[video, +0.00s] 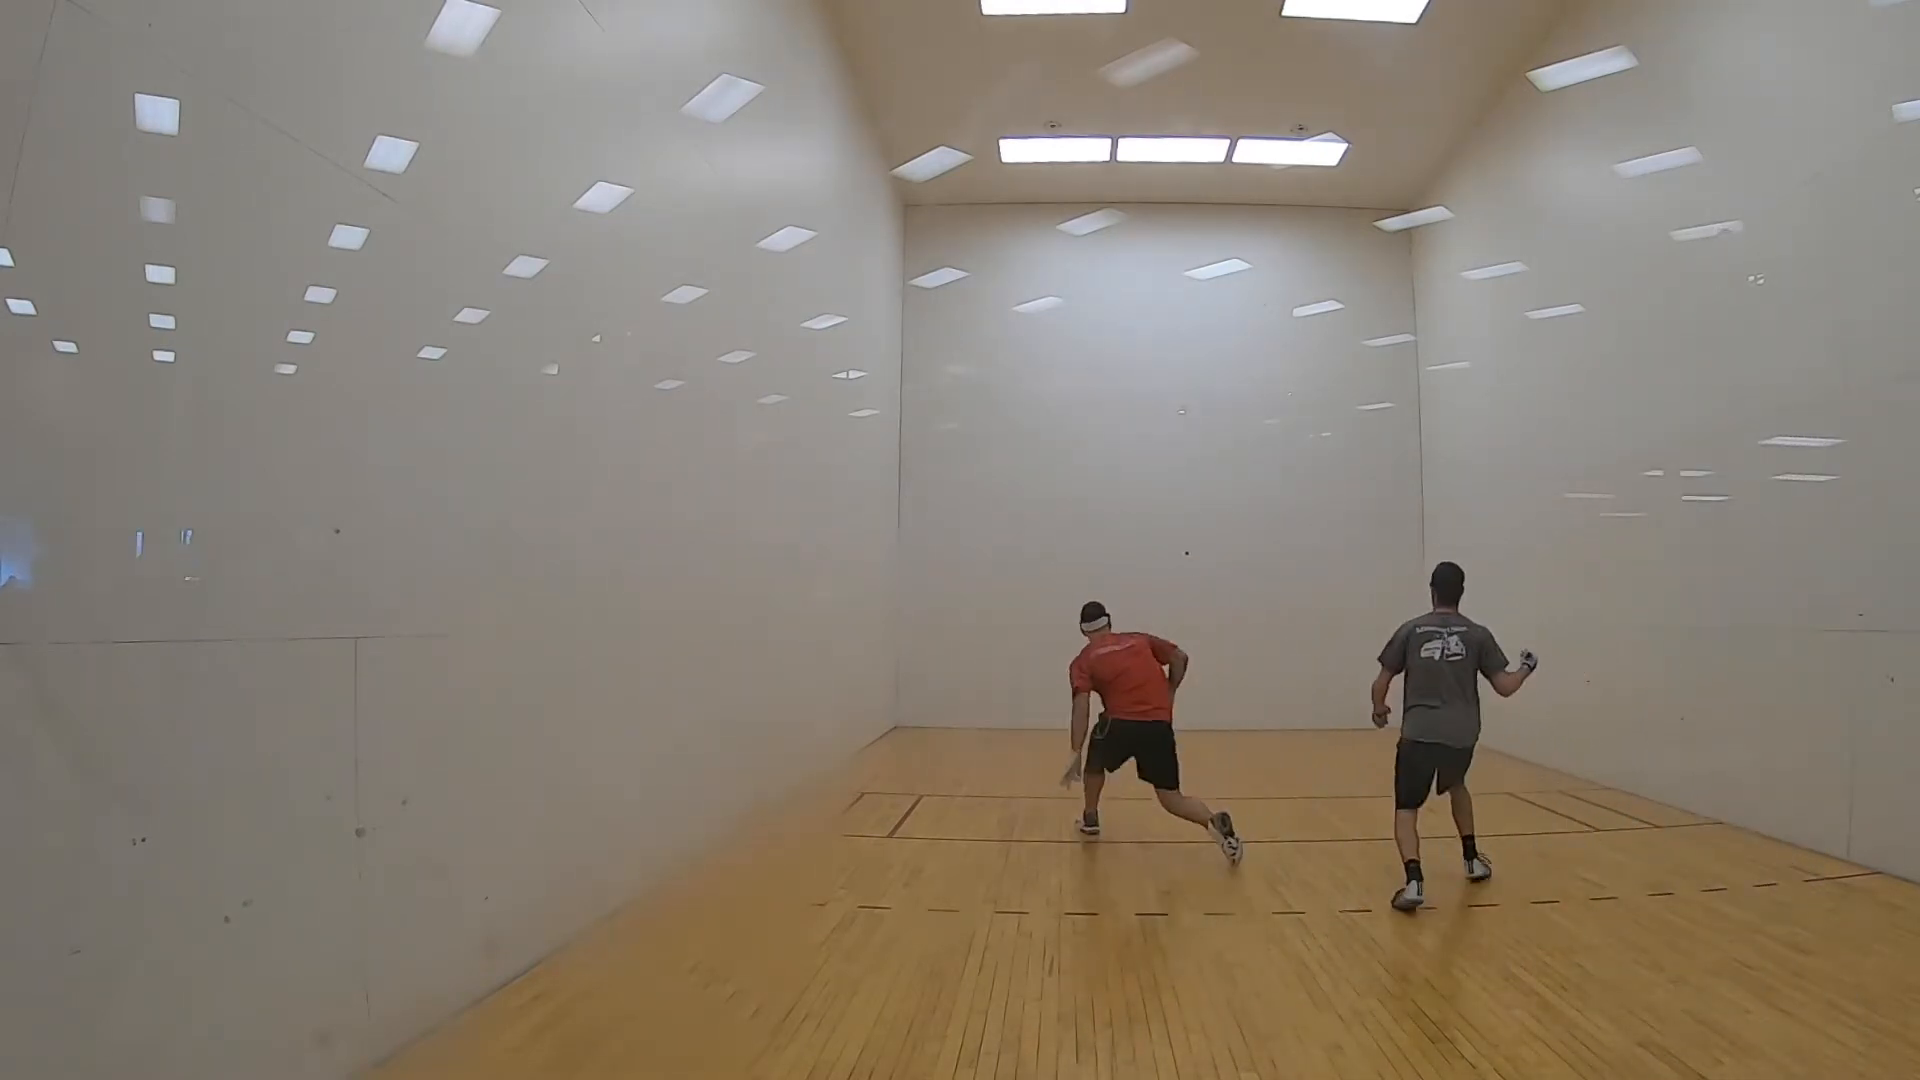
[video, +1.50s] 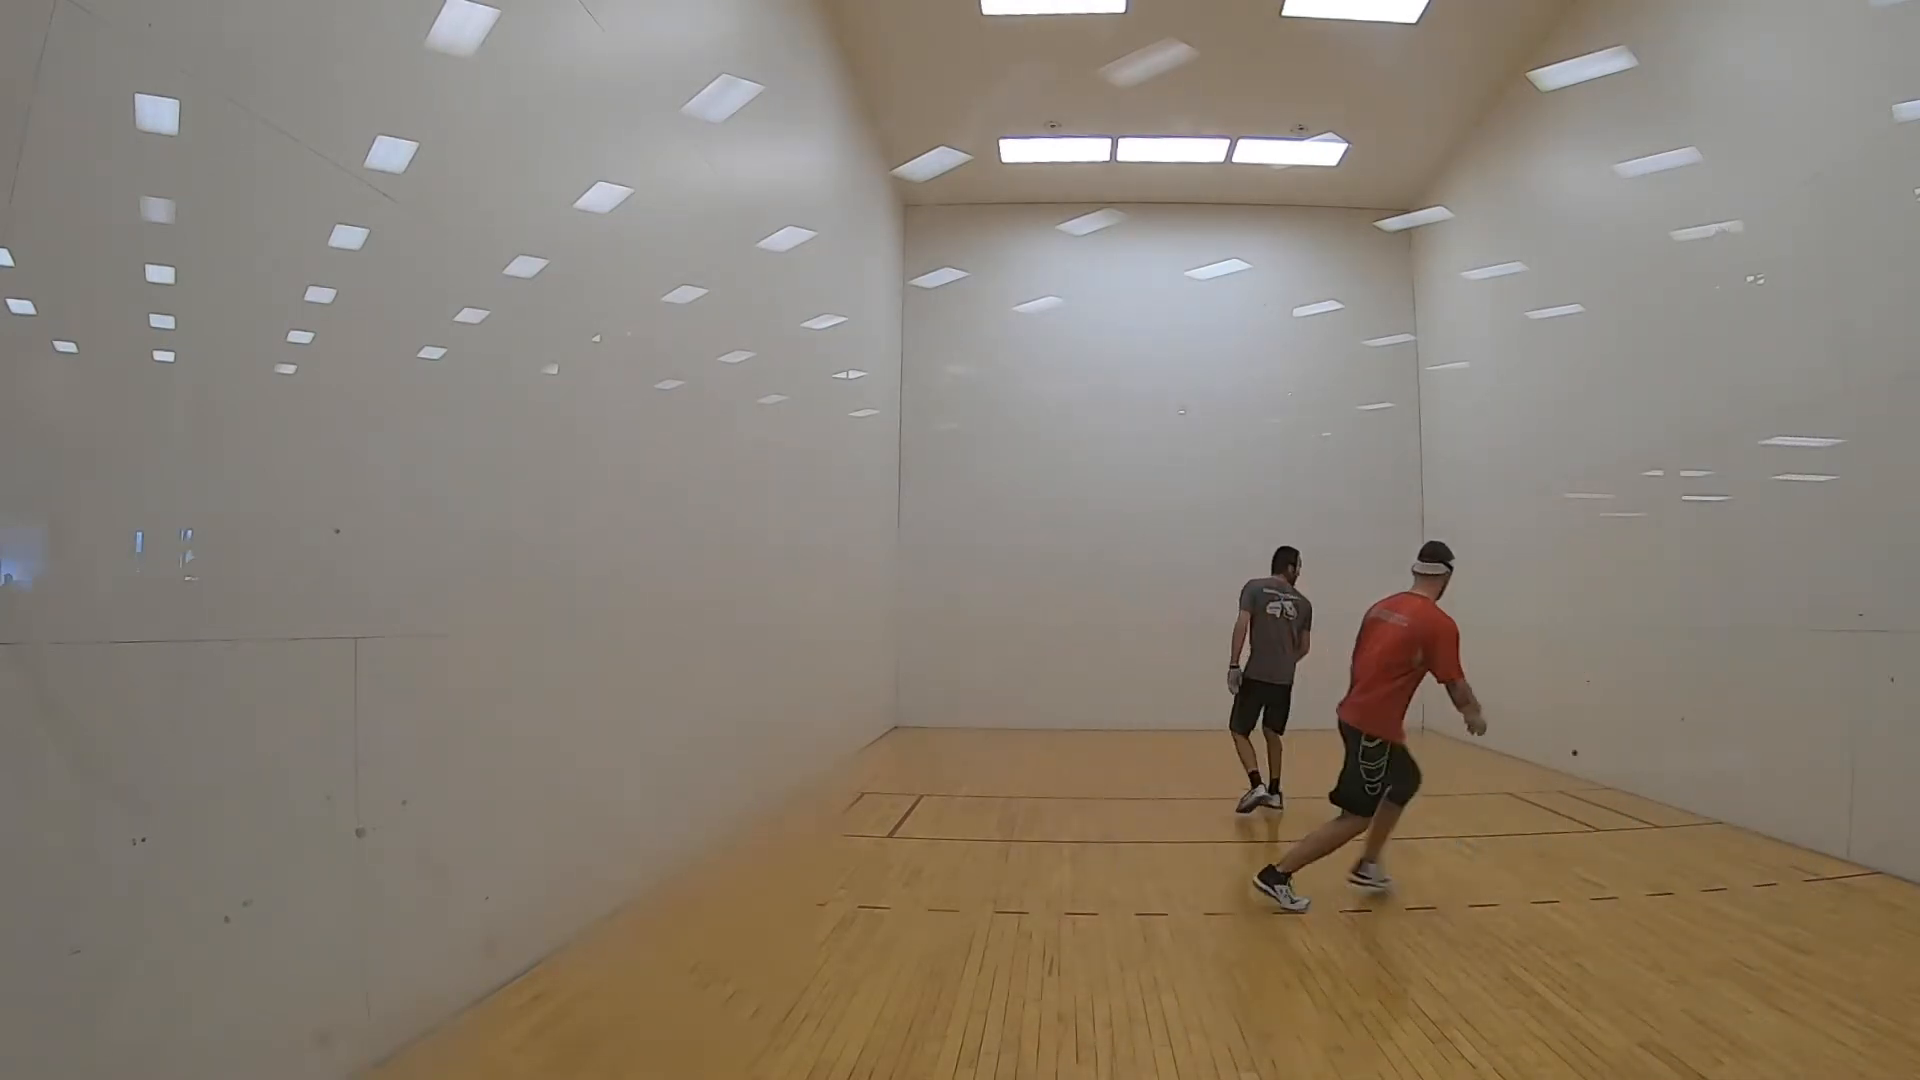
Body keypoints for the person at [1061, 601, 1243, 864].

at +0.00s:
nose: (1089, 633)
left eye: (1086, 630)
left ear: (1083, 631)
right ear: (1109, 623)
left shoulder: (1083, 661)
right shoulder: (1141, 640)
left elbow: (1081, 707)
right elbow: (1179, 658)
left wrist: (1076, 754)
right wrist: (1169, 693)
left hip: (1119, 728)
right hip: (1158, 729)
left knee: (1095, 758)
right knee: (1171, 799)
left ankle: (1090, 817)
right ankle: (1213, 821)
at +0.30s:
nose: (1105, 606)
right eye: (1107, 602)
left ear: (1082, 605)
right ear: (1109, 603)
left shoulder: (1066, 640)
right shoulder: (1130, 633)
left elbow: (1048, 684)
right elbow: (1154, 672)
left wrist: (1039, 723)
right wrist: (1137, 702)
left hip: (1088, 718)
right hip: (1126, 717)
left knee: (1082, 761)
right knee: (1120, 762)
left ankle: (1090, 815)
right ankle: (1112, 803)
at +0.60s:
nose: (1133, 581)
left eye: (1132, 576)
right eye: (1132, 576)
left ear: (1101, 576)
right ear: (1126, 577)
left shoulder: (1072, 611)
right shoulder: (1135, 610)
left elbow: (1054, 657)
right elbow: (1156, 655)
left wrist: (1051, 696)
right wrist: (1160, 691)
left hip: (1083, 703)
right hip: (1123, 704)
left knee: (1074, 763)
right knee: (1147, 759)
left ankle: (1058, 827)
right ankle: (1144, 817)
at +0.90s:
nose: (1167, 552)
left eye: (1156, 546)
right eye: (1174, 546)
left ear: (1148, 547)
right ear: (1180, 548)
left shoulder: (1125, 586)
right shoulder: (1194, 587)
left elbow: (1100, 632)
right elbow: (1224, 627)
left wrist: (1091, 675)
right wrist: (1220, 640)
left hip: (1127, 687)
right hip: (1167, 692)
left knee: (1112, 762)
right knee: (1155, 774)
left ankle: (1091, 830)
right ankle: (1135, 847)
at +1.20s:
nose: (1251, 580)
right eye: (1256, 576)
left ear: (1227, 575)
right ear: (1259, 578)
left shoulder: (1199, 612)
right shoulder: (1263, 617)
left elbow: (1181, 659)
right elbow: (1276, 668)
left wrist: (1193, 704)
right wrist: (1288, 717)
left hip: (1189, 723)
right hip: (1235, 727)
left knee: (1162, 797)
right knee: (1278, 792)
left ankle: (1128, 868)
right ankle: (1267, 868)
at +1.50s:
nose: (1444, 584)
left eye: (1438, 577)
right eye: (1446, 578)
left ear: (1413, 572)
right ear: (1447, 578)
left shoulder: (1382, 607)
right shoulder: (1439, 624)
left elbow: (1359, 662)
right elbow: (1457, 688)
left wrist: (1366, 701)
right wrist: (1474, 713)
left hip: (1355, 715)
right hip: (1376, 726)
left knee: (1406, 779)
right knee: (1360, 815)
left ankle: (1368, 865)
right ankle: (1276, 874)